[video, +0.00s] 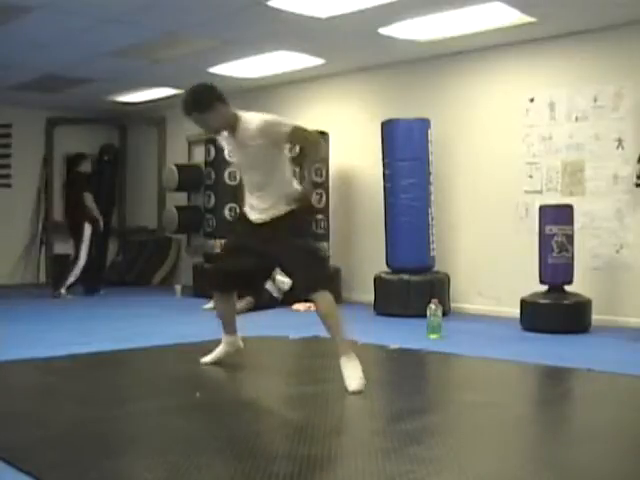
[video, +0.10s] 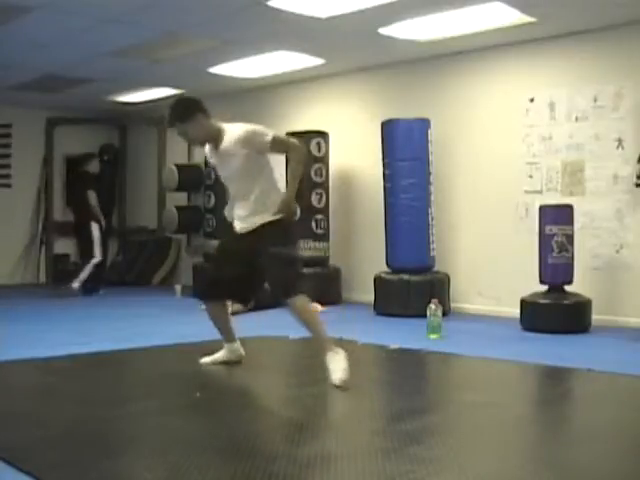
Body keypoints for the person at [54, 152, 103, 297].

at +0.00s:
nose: (90, 167)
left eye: (89, 163)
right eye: (87, 164)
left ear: (75, 165)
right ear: (81, 165)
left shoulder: (70, 180)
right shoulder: (83, 179)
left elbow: (70, 203)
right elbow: (88, 201)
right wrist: (99, 217)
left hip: (73, 219)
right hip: (83, 219)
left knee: (80, 255)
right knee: (82, 256)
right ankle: (63, 287)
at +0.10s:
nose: (98, 168)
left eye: (97, 165)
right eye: (96, 165)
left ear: (83, 166)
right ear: (90, 166)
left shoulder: (77, 180)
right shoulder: (89, 180)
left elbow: (74, 204)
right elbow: (92, 203)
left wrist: (79, 217)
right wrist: (101, 219)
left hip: (80, 219)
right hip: (90, 220)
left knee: (88, 255)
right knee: (97, 255)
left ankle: (91, 286)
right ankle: (76, 284)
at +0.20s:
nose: (106, 168)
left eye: (106, 164)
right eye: (105, 164)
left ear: (94, 163)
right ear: (98, 162)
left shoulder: (84, 175)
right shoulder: (93, 176)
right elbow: (96, 199)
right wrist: (108, 215)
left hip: (85, 218)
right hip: (95, 218)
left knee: (90, 252)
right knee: (107, 253)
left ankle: (90, 283)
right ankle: (95, 285)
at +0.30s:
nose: (112, 167)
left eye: (113, 163)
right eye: (111, 163)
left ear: (100, 160)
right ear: (106, 161)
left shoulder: (93, 175)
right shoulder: (101, 178)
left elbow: (98, 200)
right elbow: (102, 199)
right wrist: (114, 215)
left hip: (92, 217)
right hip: (102, 218)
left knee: (94, 252)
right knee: (113, 251)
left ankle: (92, 285)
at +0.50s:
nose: (122, 164)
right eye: (121, 161)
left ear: (101, 158)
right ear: (115, 160)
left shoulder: (95, 174)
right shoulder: (113, 177)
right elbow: (115, 204)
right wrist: (126, 218)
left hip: (97, 218)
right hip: (113, 219)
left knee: (96, 252)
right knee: (127, 255)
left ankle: (92, 286)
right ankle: (137, 287)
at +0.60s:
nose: (134, 167)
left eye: (134, 163)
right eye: (132, 163)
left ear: (103, 159)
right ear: (123, 162)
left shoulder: (98, 175)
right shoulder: (122, 178)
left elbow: (93, 200)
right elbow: (125, 202)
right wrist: (133, 217)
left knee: (100, 250)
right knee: (130, 253)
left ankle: (97, 283)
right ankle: (137, 287)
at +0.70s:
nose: (139, 165)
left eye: (138, 162)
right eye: (136, 162)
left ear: (126, 164)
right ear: (129, 163)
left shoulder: (118, 176)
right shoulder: (129, 178)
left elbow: (116, 201)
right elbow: (131, 203)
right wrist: (140, 219)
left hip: (119, 218)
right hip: (129, 220)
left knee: (120, 251)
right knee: (133, 253)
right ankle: (137, 286)